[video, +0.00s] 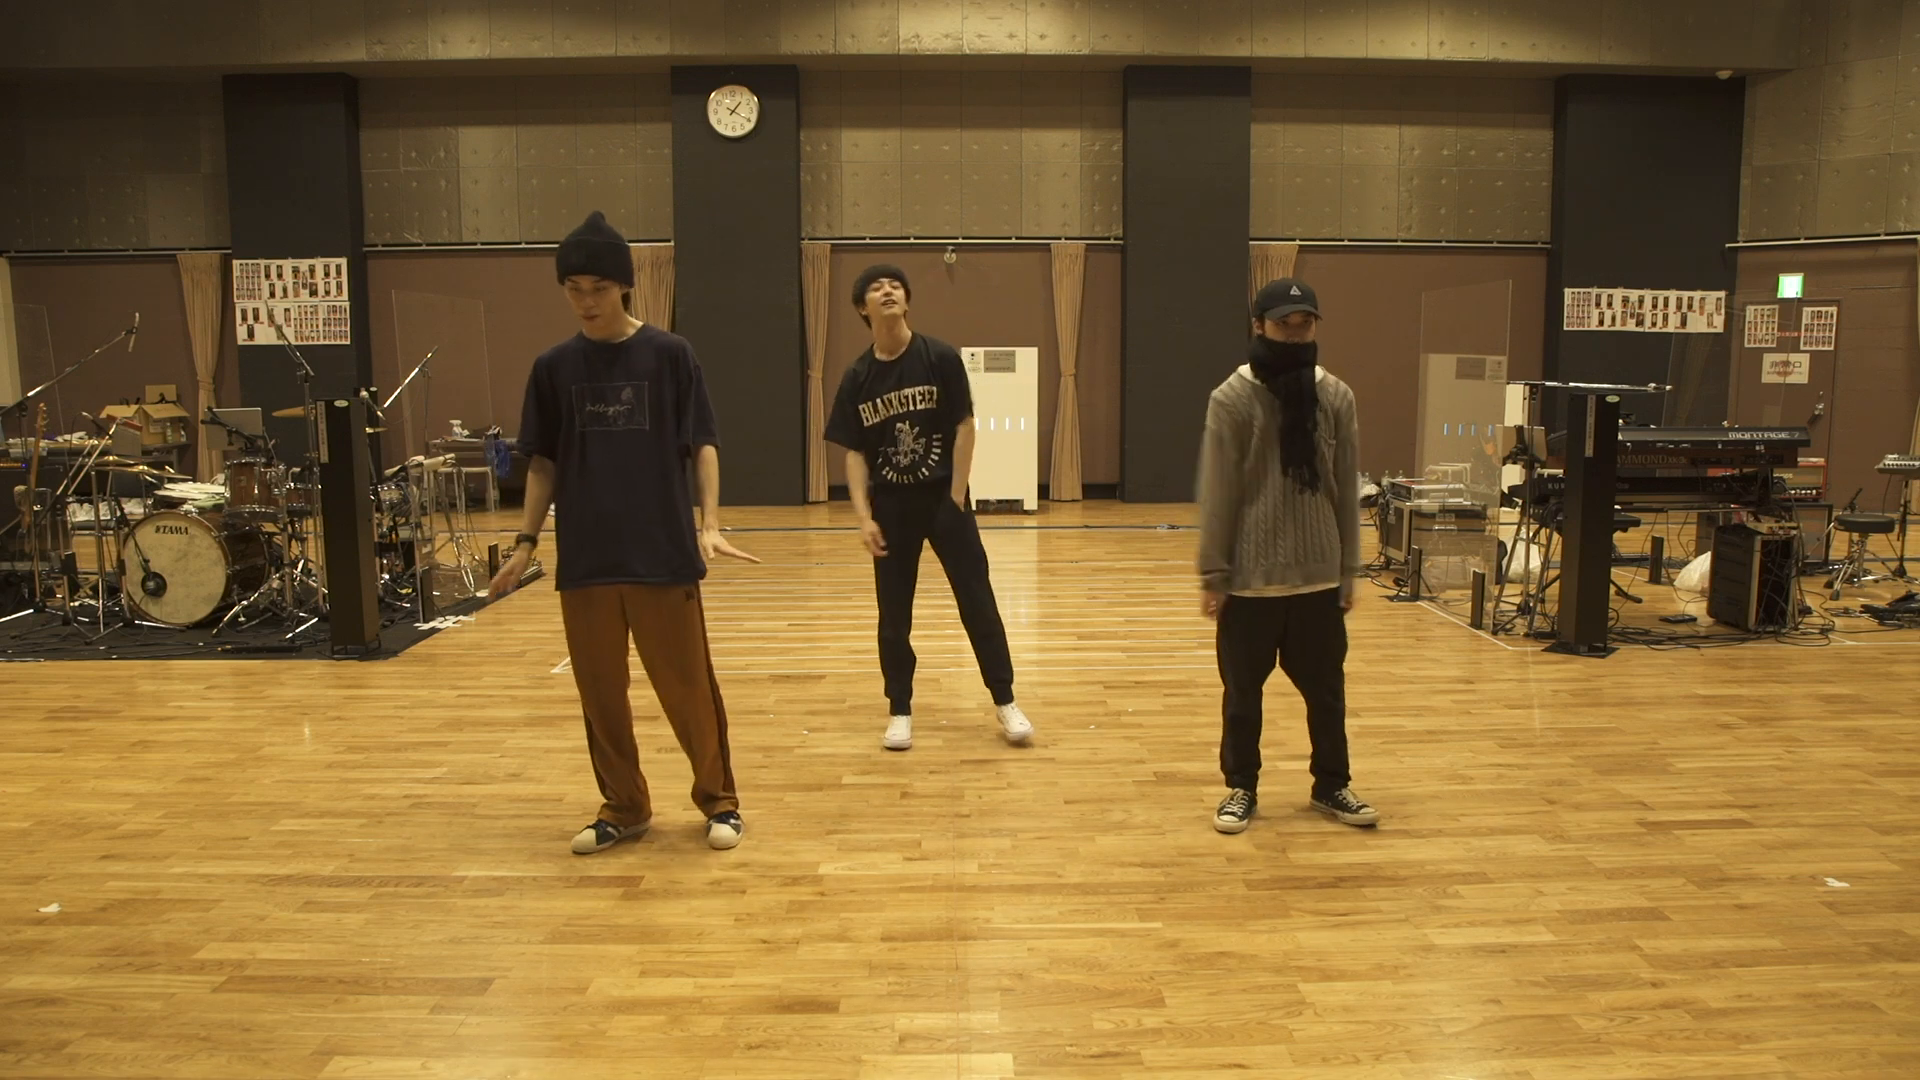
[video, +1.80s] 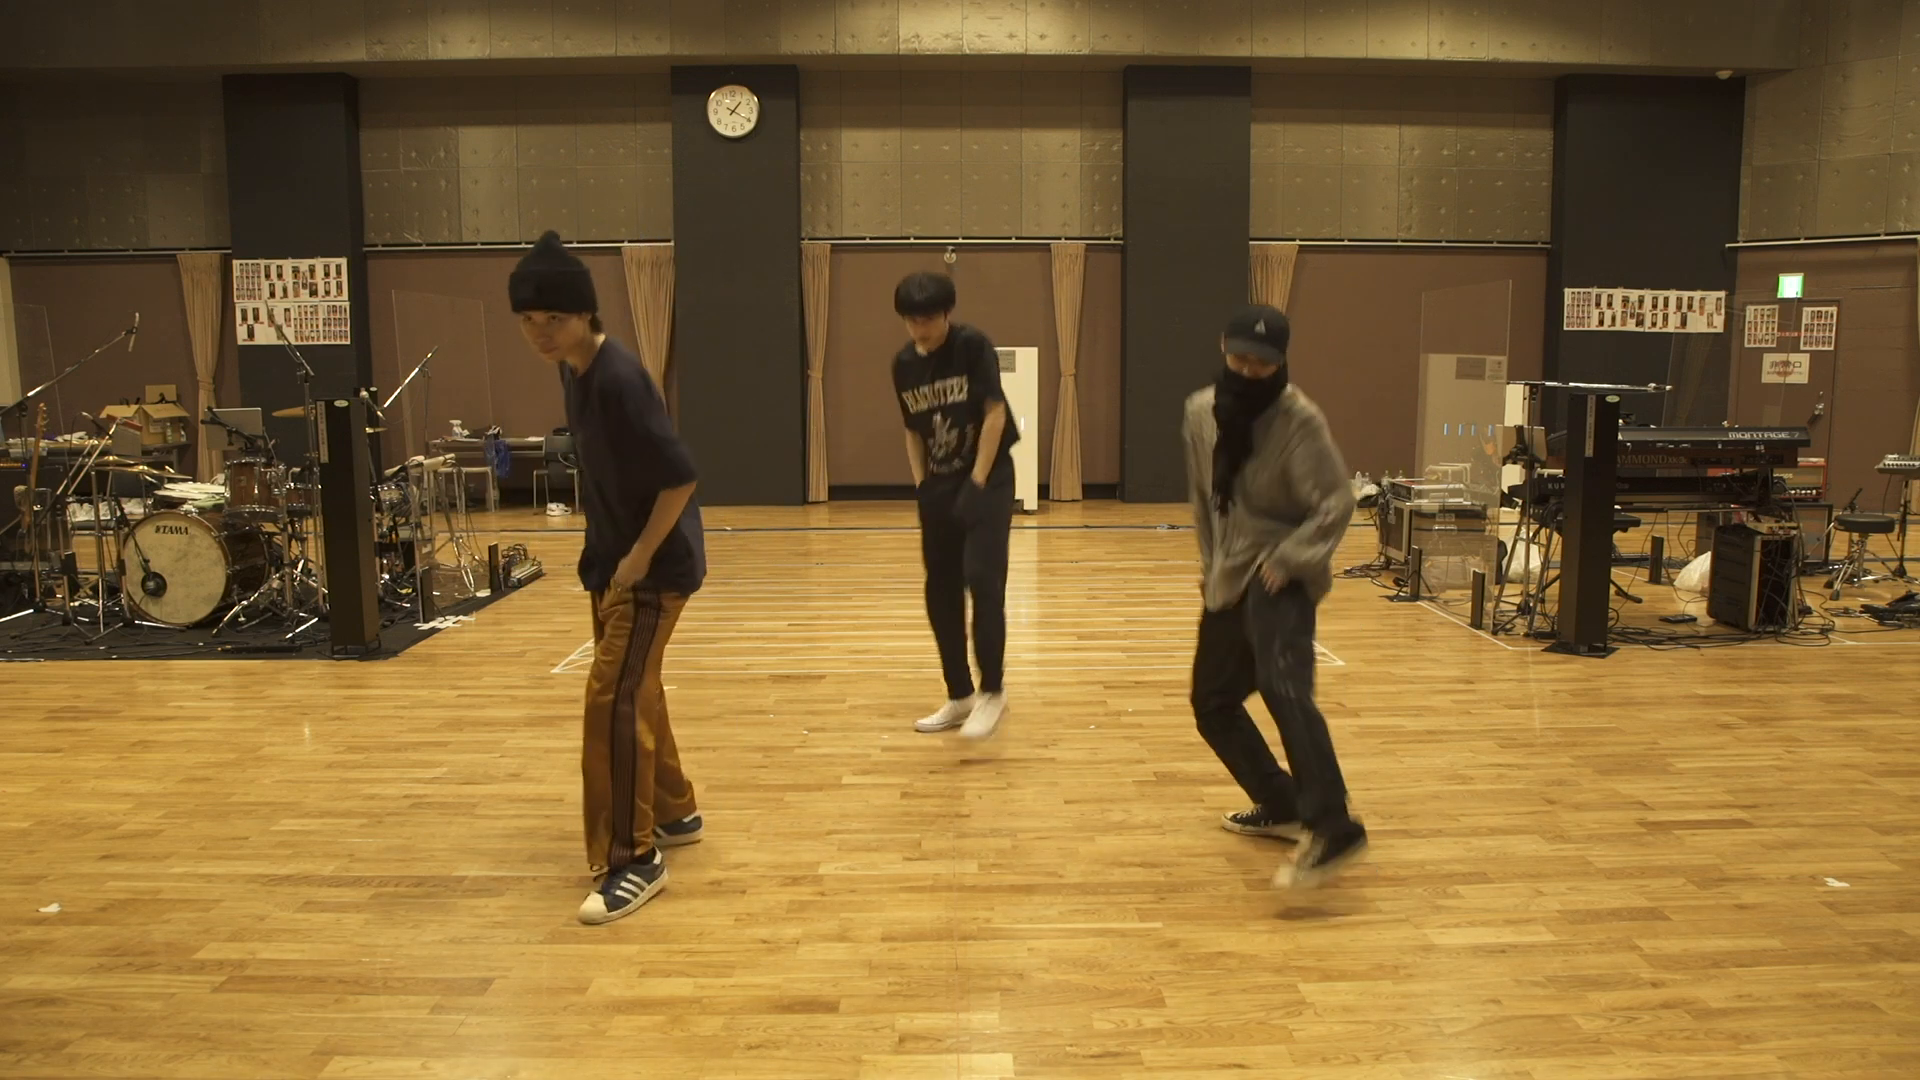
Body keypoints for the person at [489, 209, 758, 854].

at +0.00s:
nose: (587, 302)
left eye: (598, 289)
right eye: (576, 291)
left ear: (625, 284)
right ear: (565, 290)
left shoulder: (670, 355)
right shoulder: (553, 368)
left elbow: (704, 444)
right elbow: (541, 464)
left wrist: (709, 521)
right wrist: (525, 545)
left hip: (662, 553)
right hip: (585, 558)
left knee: (688, 685)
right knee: (600, 693)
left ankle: (720, 804)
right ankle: (624, 809)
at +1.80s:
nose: (538, 337)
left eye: (548, 321)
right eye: (528, 325)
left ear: (581, 312)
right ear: (523, 324)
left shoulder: (620, 379)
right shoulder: (579, 371)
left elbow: (681, 480)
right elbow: (611, 470)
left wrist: (637, 558)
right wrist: (603, 541)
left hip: (654, 567)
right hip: (618, 562)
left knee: (613, 699)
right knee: (632, 689)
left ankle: (635, 859)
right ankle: (673, 808)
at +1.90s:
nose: (546, 319)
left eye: (557, 305)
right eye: (536, 306)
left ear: (589, 294)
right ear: (529, 302)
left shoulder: (637, 346)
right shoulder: (555, 361)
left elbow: (703, 432)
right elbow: (596, 440)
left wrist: (658, 505)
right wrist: (600, 511)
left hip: (657, 540)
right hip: (602, 538)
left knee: (635, 691)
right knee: (609, 685)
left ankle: (627, 856)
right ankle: (673, 794)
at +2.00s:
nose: (568, 317)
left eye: (580, 303)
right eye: (558, 304)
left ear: (613, 295)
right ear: (548, 302)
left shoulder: (673, 345)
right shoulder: (545, 378)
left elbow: (742, 400)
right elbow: (553, 452)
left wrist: (699, 465)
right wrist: (570, 514)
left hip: (672, 512)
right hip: (604, 534)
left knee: (636, 616)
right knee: (621, 675)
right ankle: (651, 826)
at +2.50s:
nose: (610, 308)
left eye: (622, 297)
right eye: (600, 297)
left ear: (651, 296)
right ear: (588, 298)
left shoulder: (688, 368)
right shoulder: (589, 372)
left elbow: (727, 464)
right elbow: (602, 465)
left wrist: (708, 553)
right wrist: (605, 530)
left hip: (694, 559)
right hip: (629, 558)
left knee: (686, 682)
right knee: (625, 688)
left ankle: (679, 778)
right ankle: (628, 807)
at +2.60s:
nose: (623, 316)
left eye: (636, 305)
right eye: (613, 304)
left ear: (662, 305)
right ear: (600, 304)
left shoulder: (702, 373)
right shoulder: (591, 375)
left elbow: (761, 453)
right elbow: (601, 462)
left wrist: (728, 534)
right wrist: (612, 527)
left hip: (708, 559)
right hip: (640, 560)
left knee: (721, 687)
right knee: (625, 690)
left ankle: (720, 766)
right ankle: (631, 807)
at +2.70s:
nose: (651, 314)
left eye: (664, 304)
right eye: (642, 302)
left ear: (690, 303)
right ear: (629, 300)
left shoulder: (734, 369)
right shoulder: (609, 364)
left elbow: (785, 437)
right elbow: (611, 444)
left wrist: (756, 504)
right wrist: (618, 512)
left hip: (724, 555)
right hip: (646, 559)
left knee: (772, 675)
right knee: (621, 690)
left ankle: (806, 791)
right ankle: (624, 808)